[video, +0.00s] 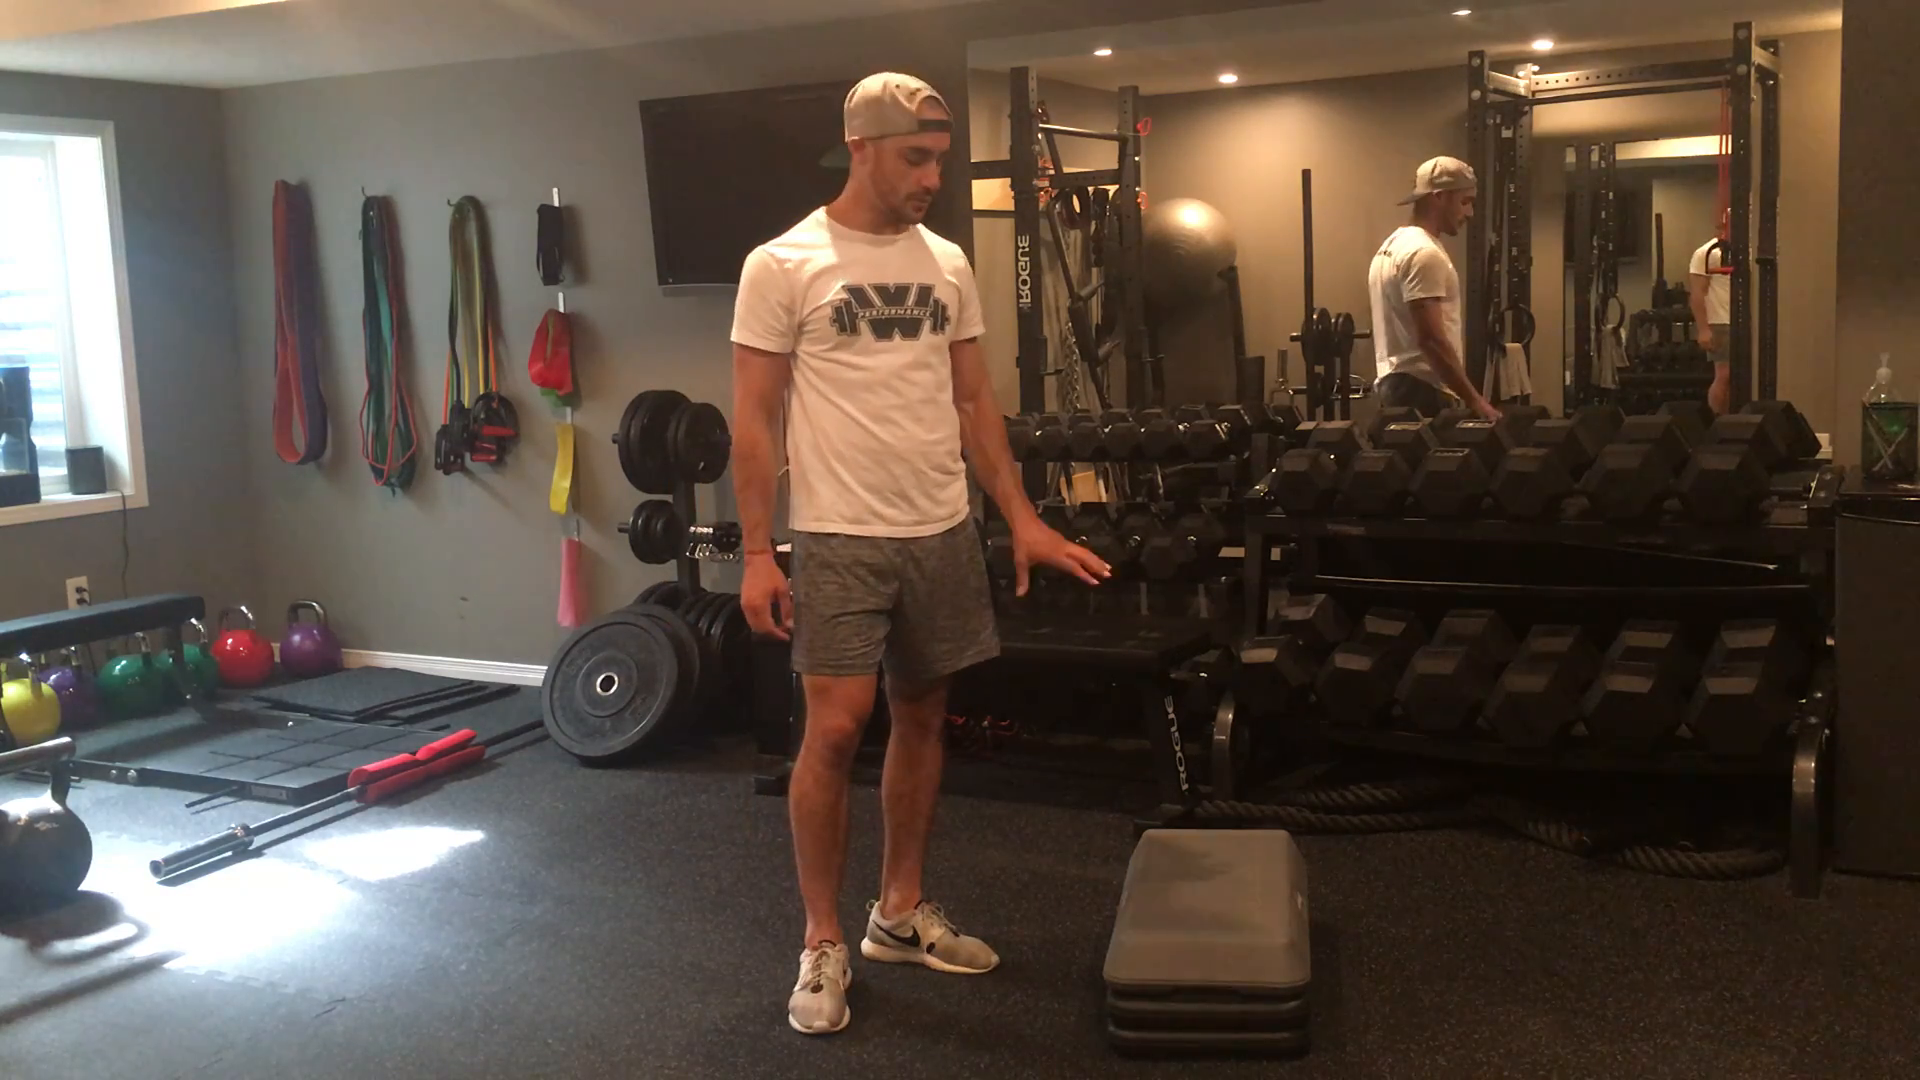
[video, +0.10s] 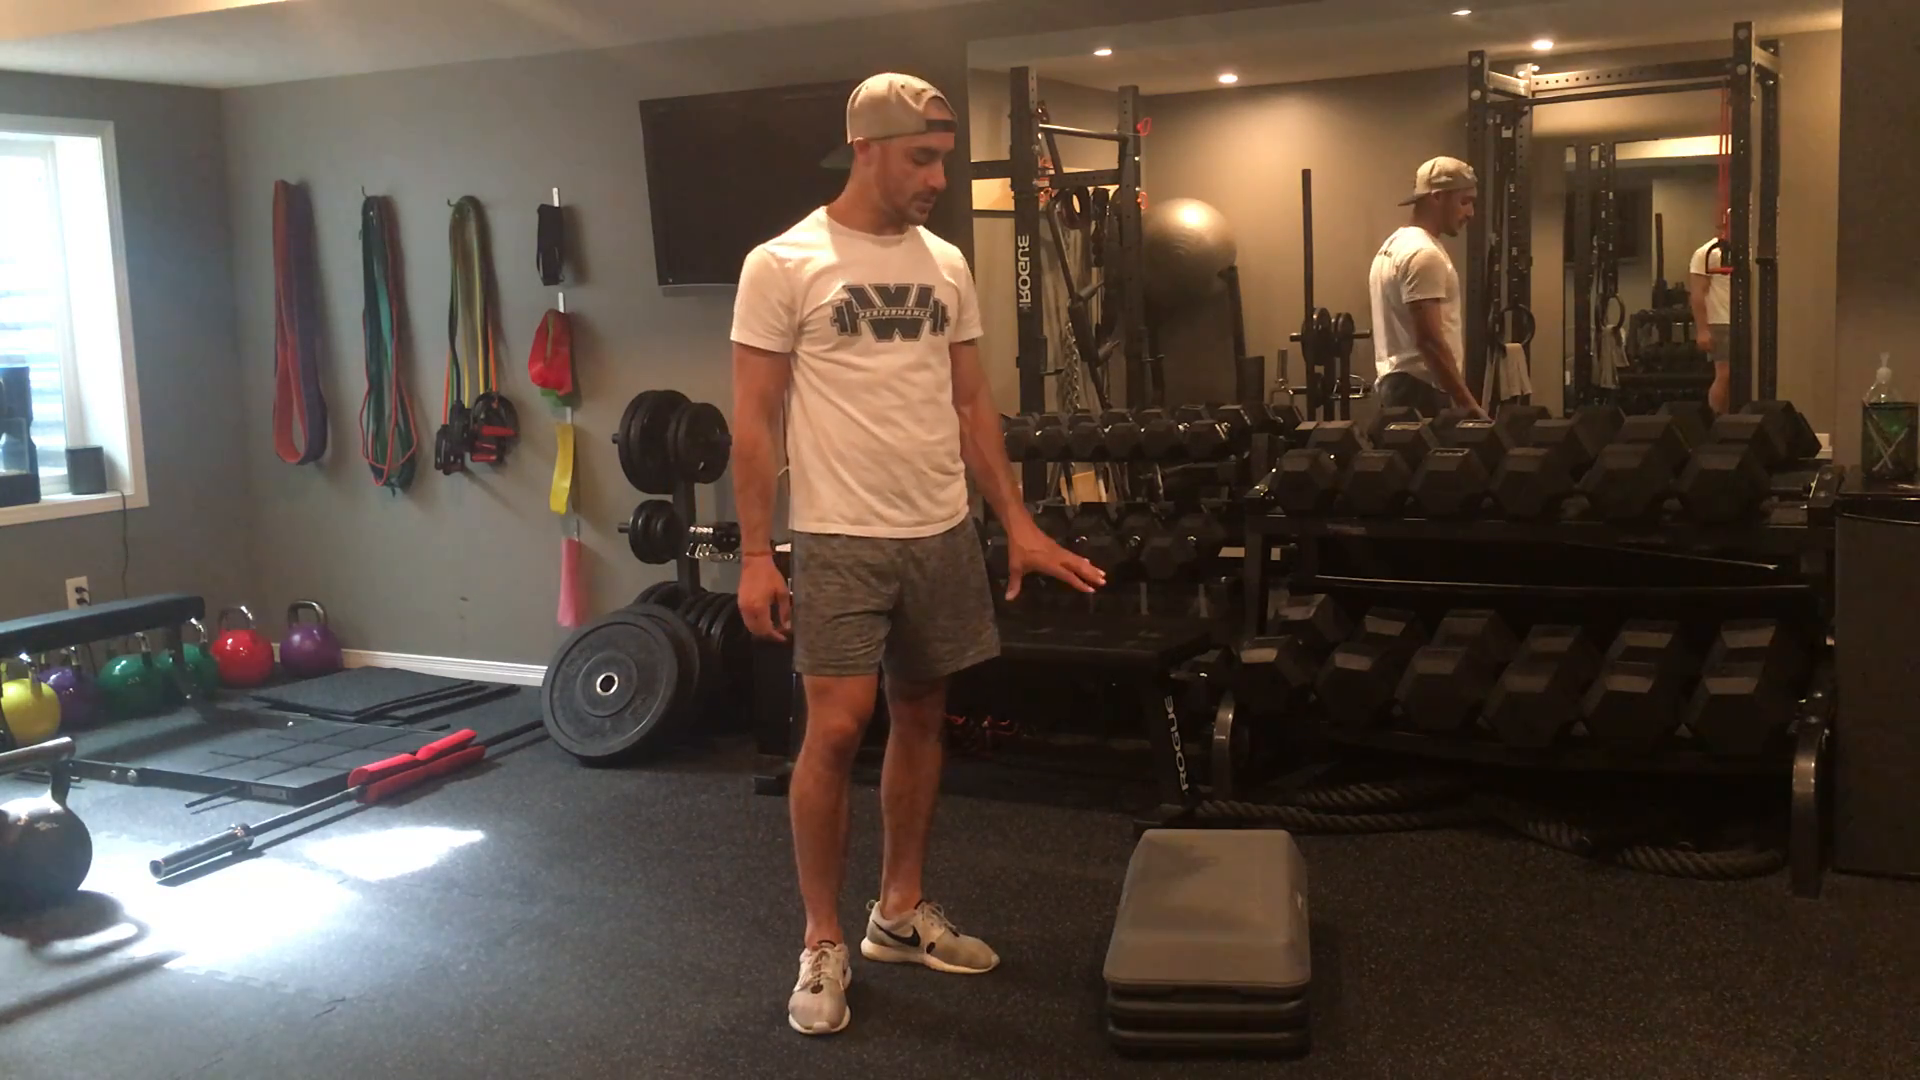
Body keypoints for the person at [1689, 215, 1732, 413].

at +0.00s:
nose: (1735, 229)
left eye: (1737, 224)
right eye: (1732, 224)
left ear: (1741, 226)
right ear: (1723, 224)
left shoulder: (1745, 253)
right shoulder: (1705, 254)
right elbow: (1697, 294)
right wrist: (1703, 328)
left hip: (1743, 324)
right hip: (1721, 324)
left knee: (1736, 377)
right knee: (1723, 376)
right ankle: (1716, 423)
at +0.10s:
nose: (1734, 230)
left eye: (1737, 225)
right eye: (1731, 224)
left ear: (1742, 227)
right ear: (1723, 224)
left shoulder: (1745, 254)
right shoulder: (1706, 254)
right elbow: (1697, 293)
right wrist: (1702, 328)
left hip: (1744, 325)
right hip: (1721, 324)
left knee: (1734, 377)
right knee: (1724, 376)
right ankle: (1714, 422)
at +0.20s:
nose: (1729, 231)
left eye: (1732, 226)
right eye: (1726, 226)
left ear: (1738, 227)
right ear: (1720, 227)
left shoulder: (1743, 253)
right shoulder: (1705, 254)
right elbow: (1698, 294)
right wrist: (1703, 327)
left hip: (1742, 324)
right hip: (1721, 324)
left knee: (1732, 377)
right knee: (1724, 375)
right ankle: (1714, 422)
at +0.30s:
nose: (1731, 231)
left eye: (1734, 226)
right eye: (1728, 226)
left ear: (1739, 227)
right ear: (1721, 227)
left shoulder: (1744, 253)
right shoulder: (1705, 254)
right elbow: (1698, 293)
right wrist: (1704, 327)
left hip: (1743, 325)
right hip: (1721, 325)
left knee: (1734, 378)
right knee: (1723, 376)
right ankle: (1716, 423)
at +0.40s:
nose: (1727, 231)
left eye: (1730, 226)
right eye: (1722, 227)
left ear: (1737, 226)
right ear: (1717, 227)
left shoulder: (1744, 252)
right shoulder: (1706, 254)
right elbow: (1699, 292)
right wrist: (1705, 326)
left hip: (1742, 323)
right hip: (1720, 323)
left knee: (1735, 376)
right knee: (1723, 375)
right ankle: (1716, 423)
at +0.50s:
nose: (1733, 231)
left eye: (1736, 226)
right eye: (1730, 226)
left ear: (1742, 228)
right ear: (1723, 227)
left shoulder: (1744, 253)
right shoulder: (1707, 253)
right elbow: (1699, 293)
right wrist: (1707, 325)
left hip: (1743, 325)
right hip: (1721, 324)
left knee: (1734, 377)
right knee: (1723, 375)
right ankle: (1715, 423)